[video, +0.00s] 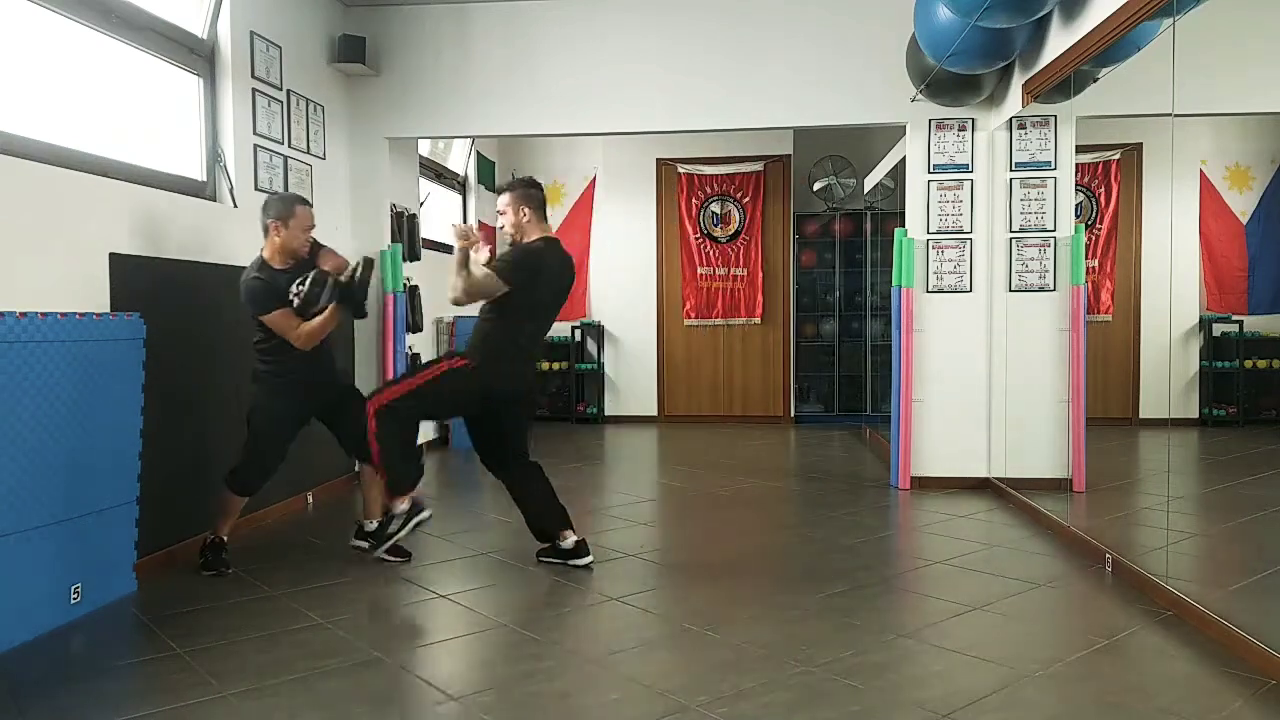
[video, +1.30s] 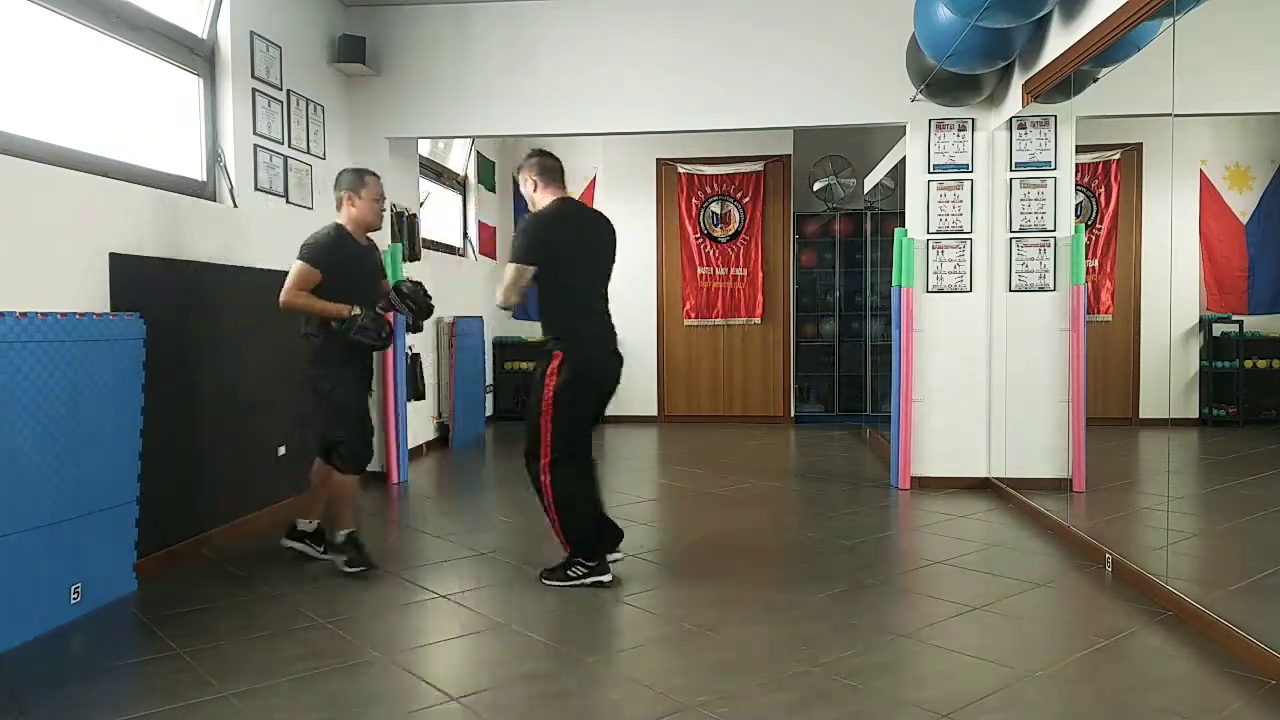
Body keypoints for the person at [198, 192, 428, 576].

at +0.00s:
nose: (312, 237)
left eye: (312, 229)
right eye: (306, 230)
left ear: (282, 230)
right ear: (276, 229)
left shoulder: (309, 253)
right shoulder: (257, 284)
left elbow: (343, 267)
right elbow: (302, 338)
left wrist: (322, 279)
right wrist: (342, 302)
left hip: (324, 381)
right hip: (278, 390)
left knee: (374, 440)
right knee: (255, 467)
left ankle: (372, 527)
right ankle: (217, 540)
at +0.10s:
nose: (288, 231)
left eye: (287, 224)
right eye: (281, 225)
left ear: (258, 225)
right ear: (252, 226)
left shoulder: (282, 249)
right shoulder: (240, 283)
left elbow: (324, 258)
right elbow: (298, 327)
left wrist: (316, 257)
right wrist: (327, 280)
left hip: (312, 377)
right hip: (268, 386)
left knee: (369, 446)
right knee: (251, 466)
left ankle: (374, 537)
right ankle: (217, 539)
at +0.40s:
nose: (242, 230)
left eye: (240, 222)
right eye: (234, 223)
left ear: (210, 227)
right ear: (204, 228)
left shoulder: (253, 255)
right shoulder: (198, 284)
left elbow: (289, 235)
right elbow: (244, 334)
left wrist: (313, 239)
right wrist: (262, 282)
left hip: (298, 372)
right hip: (255, 385)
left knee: (350, 434)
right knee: (248, 461)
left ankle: (343, 532)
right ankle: (217, 539)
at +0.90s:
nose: (284, 208)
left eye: (281, 201)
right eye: (276, 201)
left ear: (251, 207)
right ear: (248, 207)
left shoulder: (286, 252)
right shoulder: (233, 260)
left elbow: (295, 296)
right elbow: (227, 324)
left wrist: (323, 304)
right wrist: (291, 330)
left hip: (300, 369)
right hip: (258, 374)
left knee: (344, 445)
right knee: (243, 454)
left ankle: (313, 523)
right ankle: (216, 536)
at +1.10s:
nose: (338, 214)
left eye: (336, 207)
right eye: (330, 207)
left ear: (308, 211)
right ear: (303, 210)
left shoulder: (330, 259)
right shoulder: (284, 258)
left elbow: (336, 306)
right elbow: (268, 322)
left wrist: (368, 317)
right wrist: (326, 351)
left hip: (333, 376)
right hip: (295, 376)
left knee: (335, 457)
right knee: (288, 463)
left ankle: (303, 536)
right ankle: (242, 523)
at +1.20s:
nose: (362, 213)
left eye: (362, 206)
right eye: (355, 206)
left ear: (336, 208)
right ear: (328, 207)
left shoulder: (351, 257)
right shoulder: (305, 252)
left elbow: (368, 307)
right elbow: (279, 313)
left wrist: (394, 309)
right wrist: (337, 337)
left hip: (341, 370)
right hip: (311, 370)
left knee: (338, 455)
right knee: (316, 456)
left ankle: (307, 534)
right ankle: (286, 525)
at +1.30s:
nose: (384, 208)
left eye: (384, 201)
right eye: (377, 200)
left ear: (359, 202)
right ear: (349, 200)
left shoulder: (370, 251)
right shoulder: (325, 243)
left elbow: (379, 295)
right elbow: (290, 296)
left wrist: (400, 297)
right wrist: (351, 310)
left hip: (355, 365)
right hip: (330, 365)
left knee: (334, 449)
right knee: (352, 451)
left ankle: (306, 527)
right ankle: (343, 537)